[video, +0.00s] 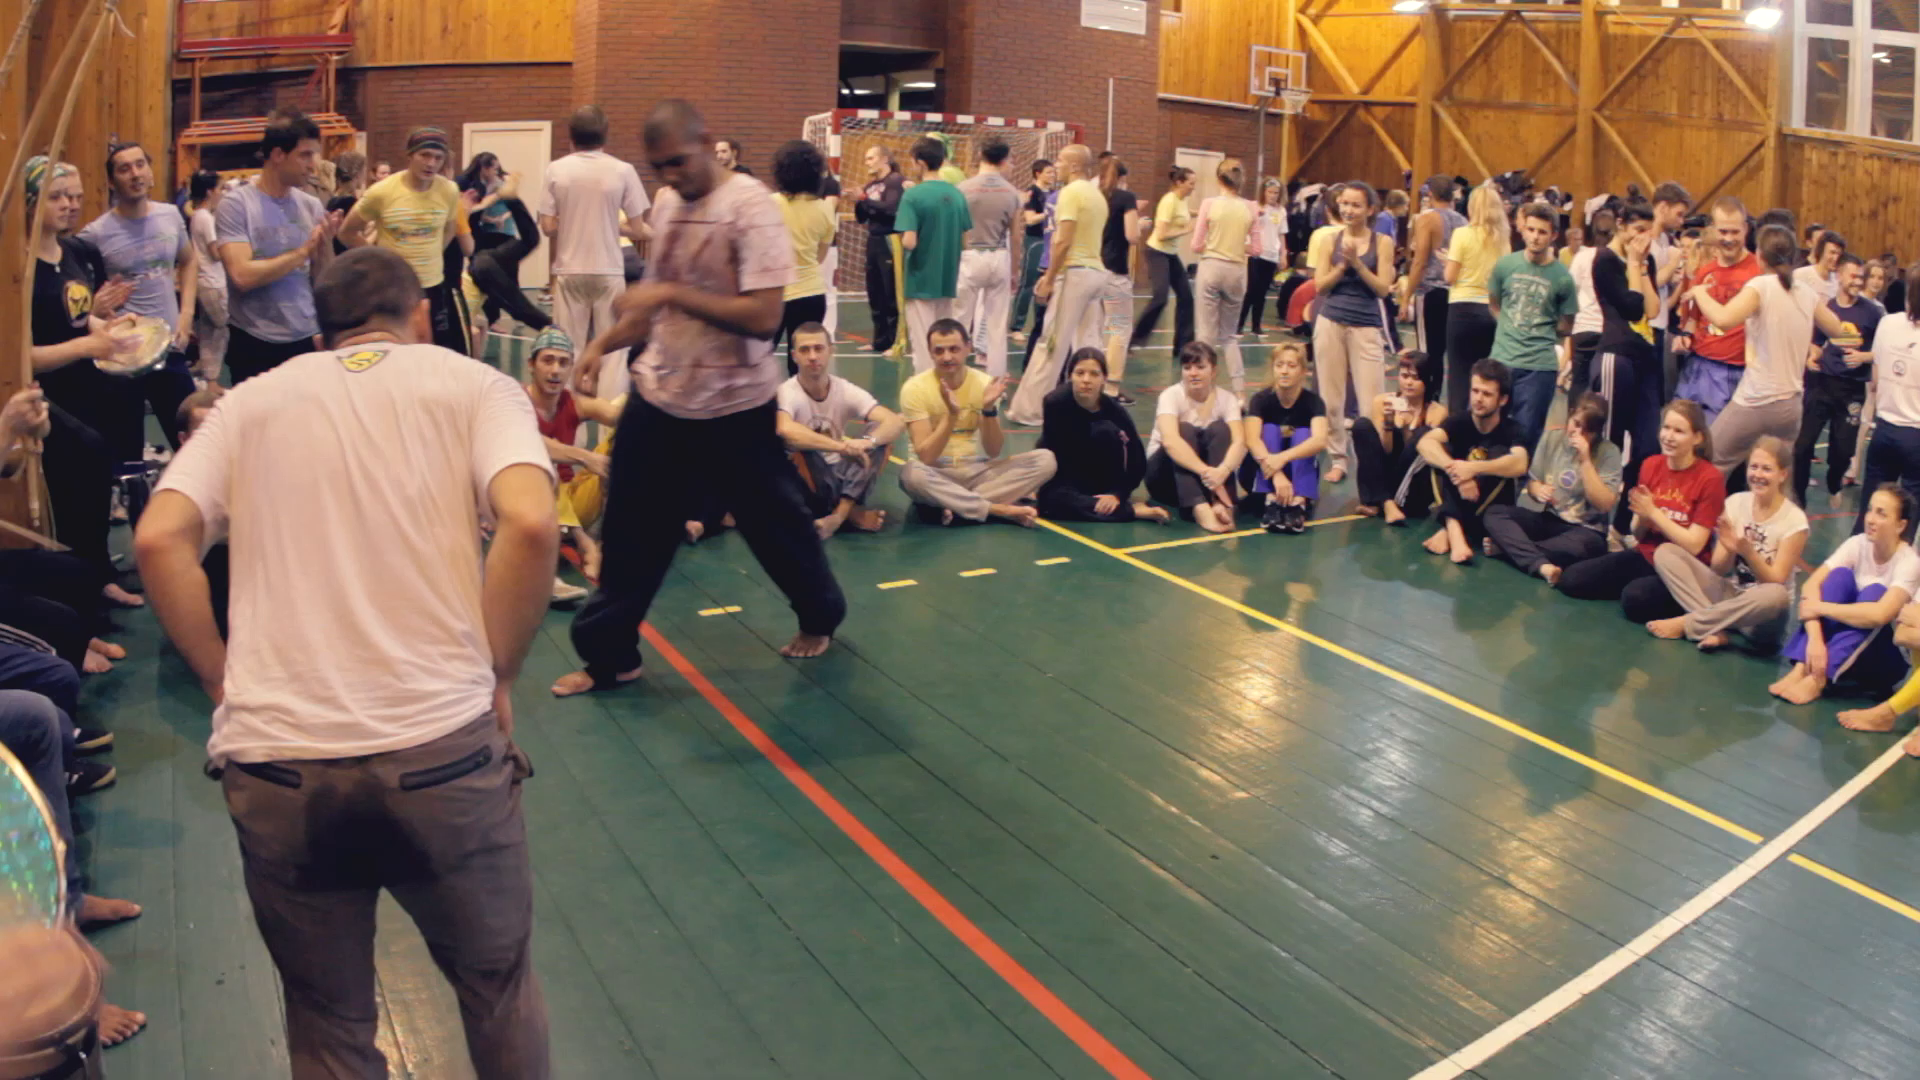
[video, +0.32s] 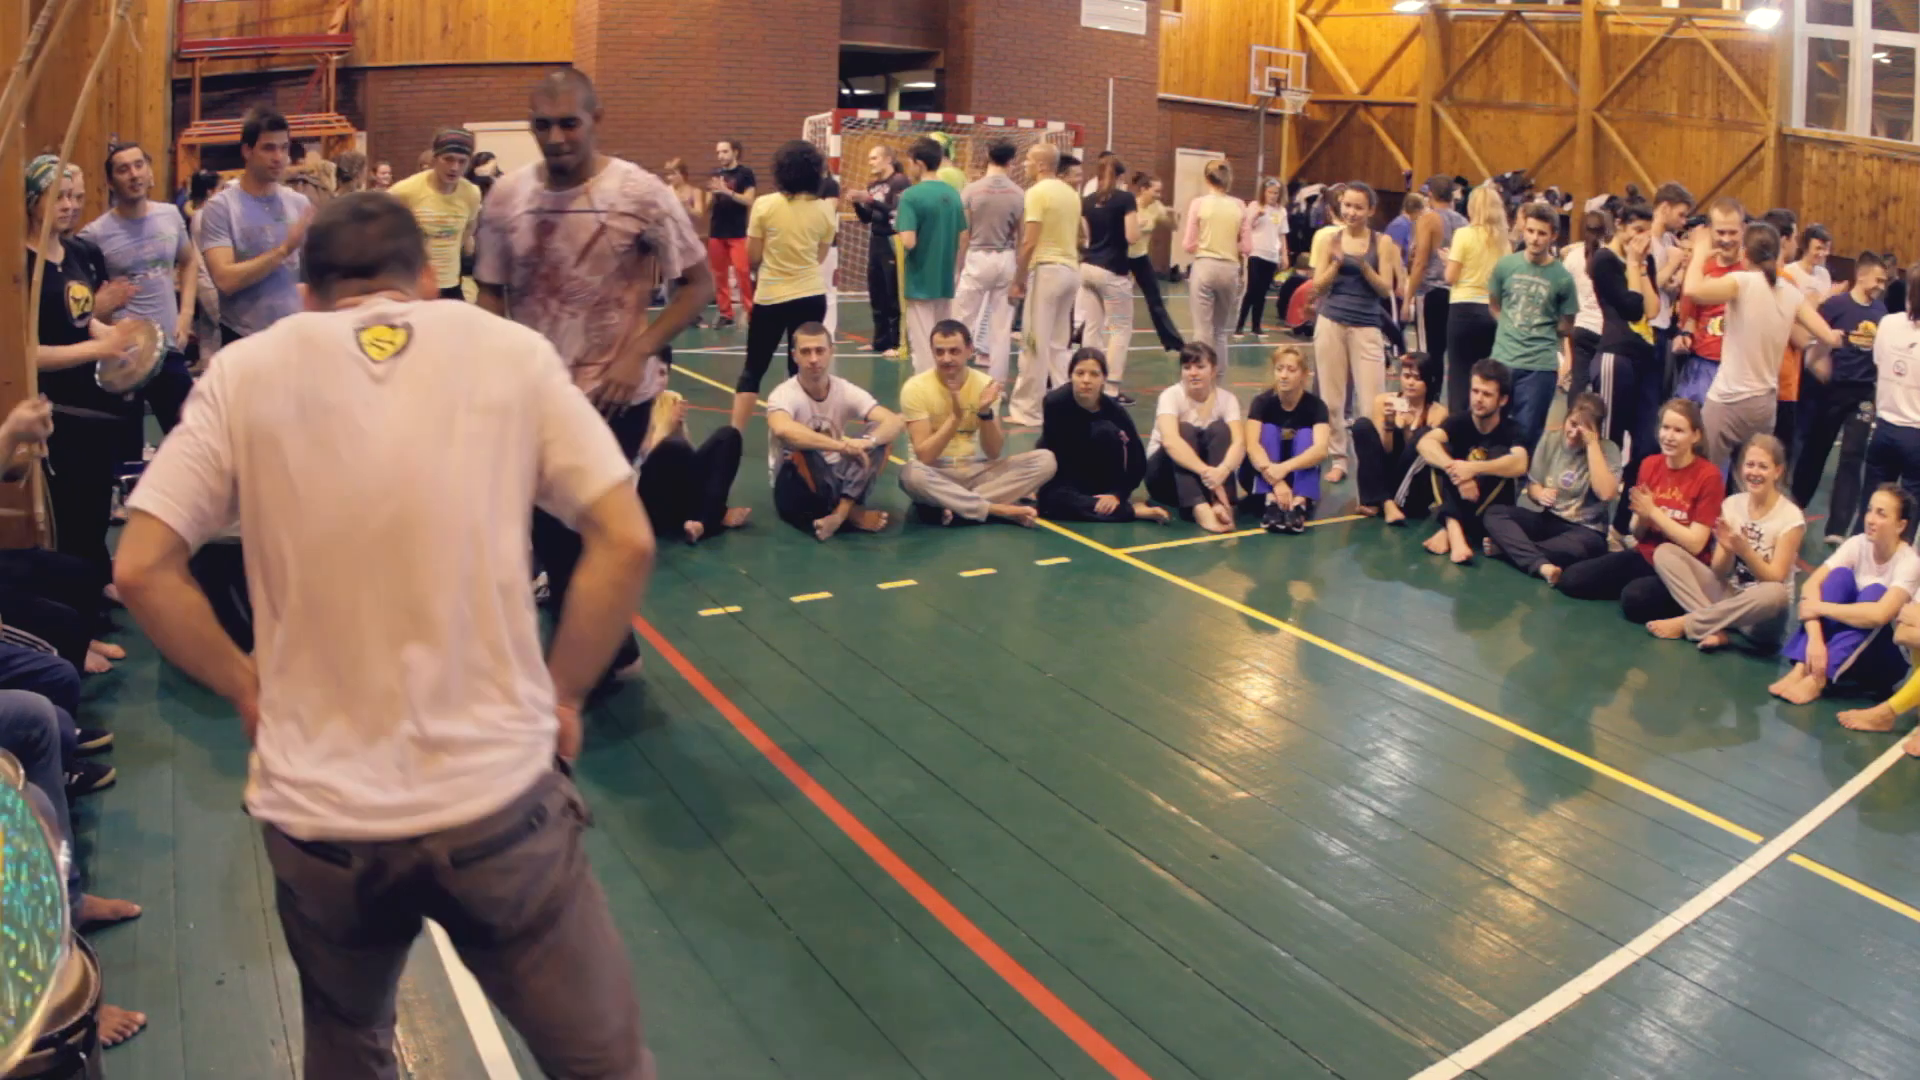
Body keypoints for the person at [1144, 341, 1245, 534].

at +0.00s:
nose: (1193, 374)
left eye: (1200, 367)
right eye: (1187, 368)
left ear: (1213, 371)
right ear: (1181, 371)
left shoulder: (1228, 399)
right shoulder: (1170, 396)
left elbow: (1239, 442)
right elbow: (1170, 442)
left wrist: (1223, 472)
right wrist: (1211, 478)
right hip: (1167, 482)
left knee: (1219, 428)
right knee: (1185, 430)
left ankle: (1221, 503)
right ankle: (1200, 506)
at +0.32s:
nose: (1193, 373)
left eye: (1200, 367)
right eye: (1187, 368)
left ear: (1214, 371)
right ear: (1181, 372)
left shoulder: (1227, 400)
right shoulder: (1170, 396)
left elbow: (1239, 443)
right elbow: (1170, 441)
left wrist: (1223, 471)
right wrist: (1211, 479)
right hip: (1167, 482)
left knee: (1219, 428)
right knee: (1185, 430)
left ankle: (1222, 504)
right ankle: (1200, 507)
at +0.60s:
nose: (1193, 373)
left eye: (1200, 367)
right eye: (1187, 367)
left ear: (1213, 371)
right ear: (1180, 372)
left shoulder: (1227, 399)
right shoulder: (1170, 396)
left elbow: (1239, 443)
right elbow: (1170, 441)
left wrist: (1222, 471)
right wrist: (1211, 479)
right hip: (1167, 482)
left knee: (1219, 428)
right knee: (1185, 430)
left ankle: (1223, 504)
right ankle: (1200, 507)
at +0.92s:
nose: (1193, 373)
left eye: (1200, 367)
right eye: (1187, 367)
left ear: (1213, 371)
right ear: (1180, 372)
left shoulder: (1227, 399)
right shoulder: (1170, 396)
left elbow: (1240, 443)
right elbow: (1170, 441)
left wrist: (1222, 471)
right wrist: (1211, 479)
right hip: (1167, 482)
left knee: (1219, 428)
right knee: (1185, 430)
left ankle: (1224, 505)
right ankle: (1200, 507)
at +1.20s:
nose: (1193, 373)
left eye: (1201, 367)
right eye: (1187, 367)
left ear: (1213, 371)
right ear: (1180, 372)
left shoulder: (1227, 399)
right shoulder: (1170, 396)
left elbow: (1239, 442)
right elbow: (1170, 441)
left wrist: (1222, 471)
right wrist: (1211, 479)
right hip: (1167, 482)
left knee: (1219, 428)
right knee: (1185, 430)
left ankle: (1223, 505)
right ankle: (1200, 507)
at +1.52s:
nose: (1193, 373)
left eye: (1200, 367)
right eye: (1187, 367)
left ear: (1213, 371)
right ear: (1181, 372)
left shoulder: (1227, 399)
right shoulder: (1170, 396)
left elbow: (1240, 442)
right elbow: (1170, 441)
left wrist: (1222, 472)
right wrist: (1211, 479)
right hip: (1167, 482)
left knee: (1219, 428)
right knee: (1185, 430)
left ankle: (1222, 504)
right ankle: (1200, 507)